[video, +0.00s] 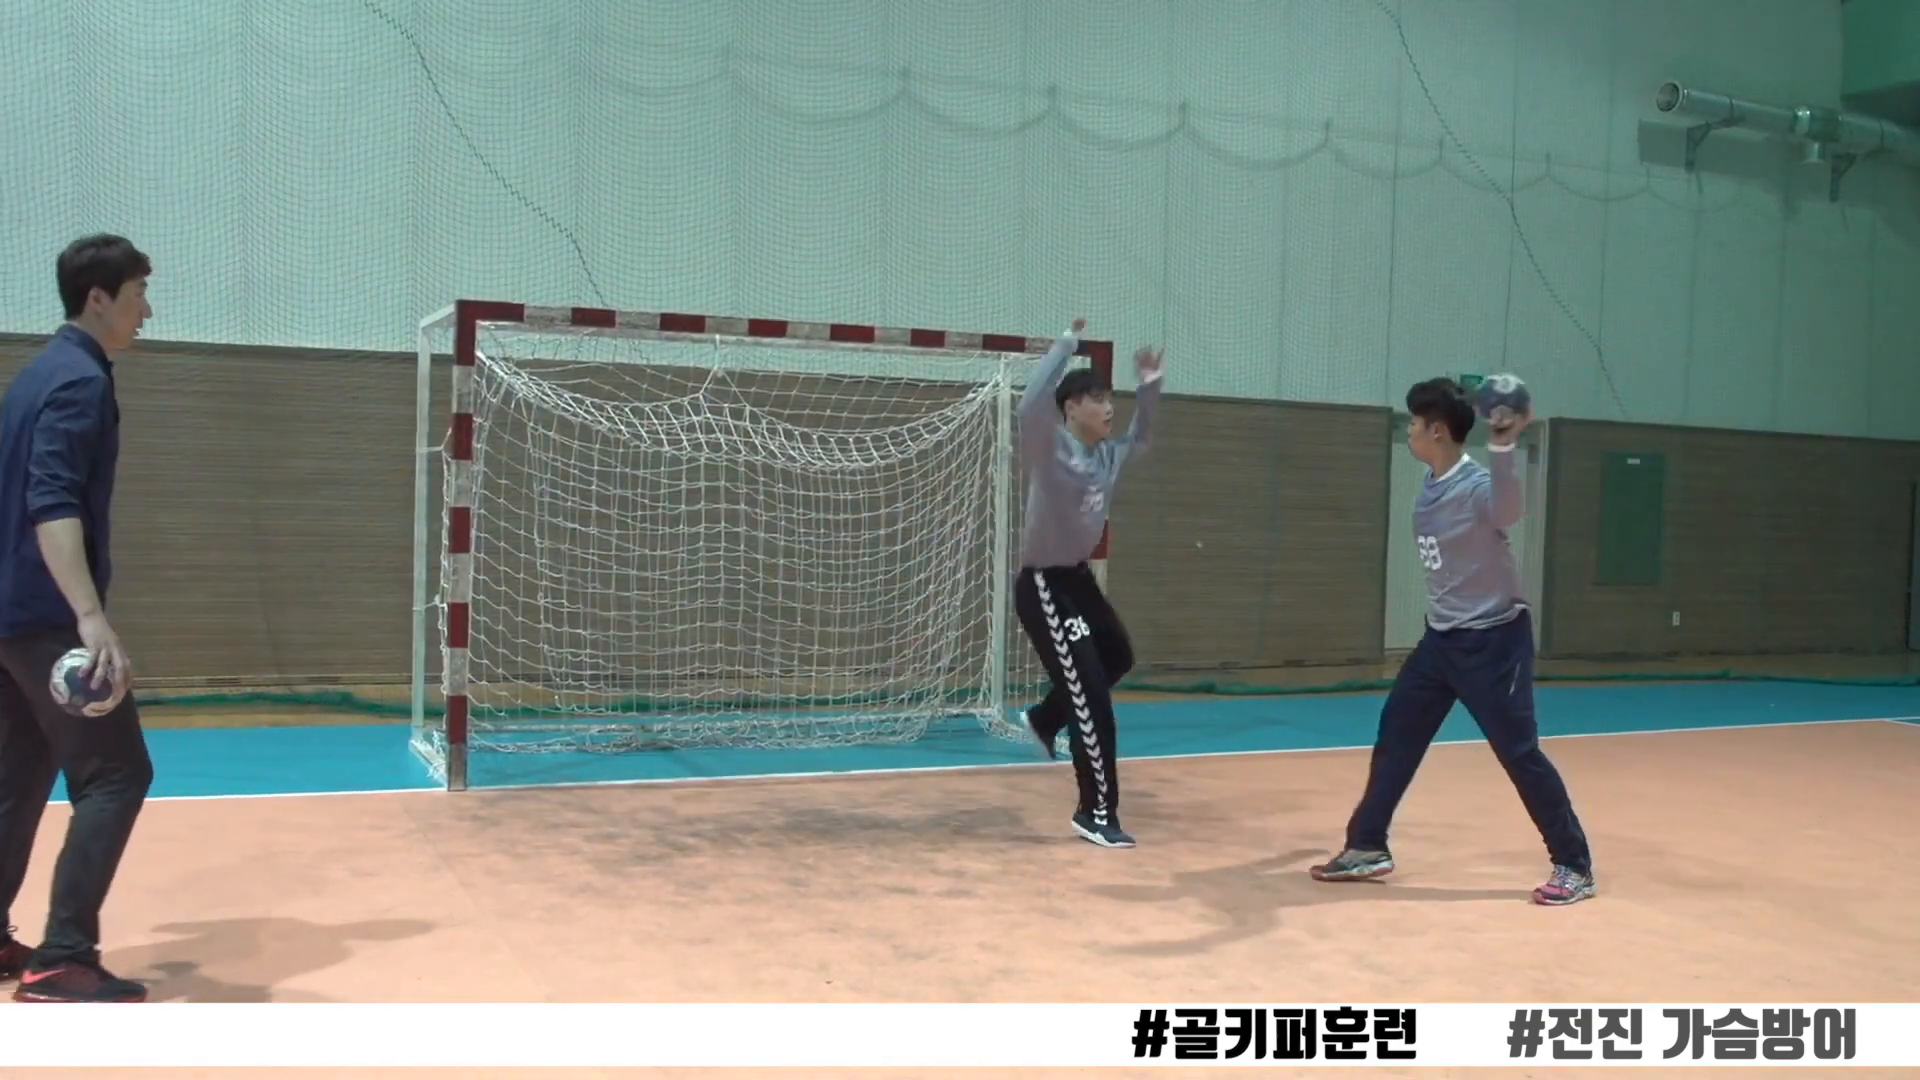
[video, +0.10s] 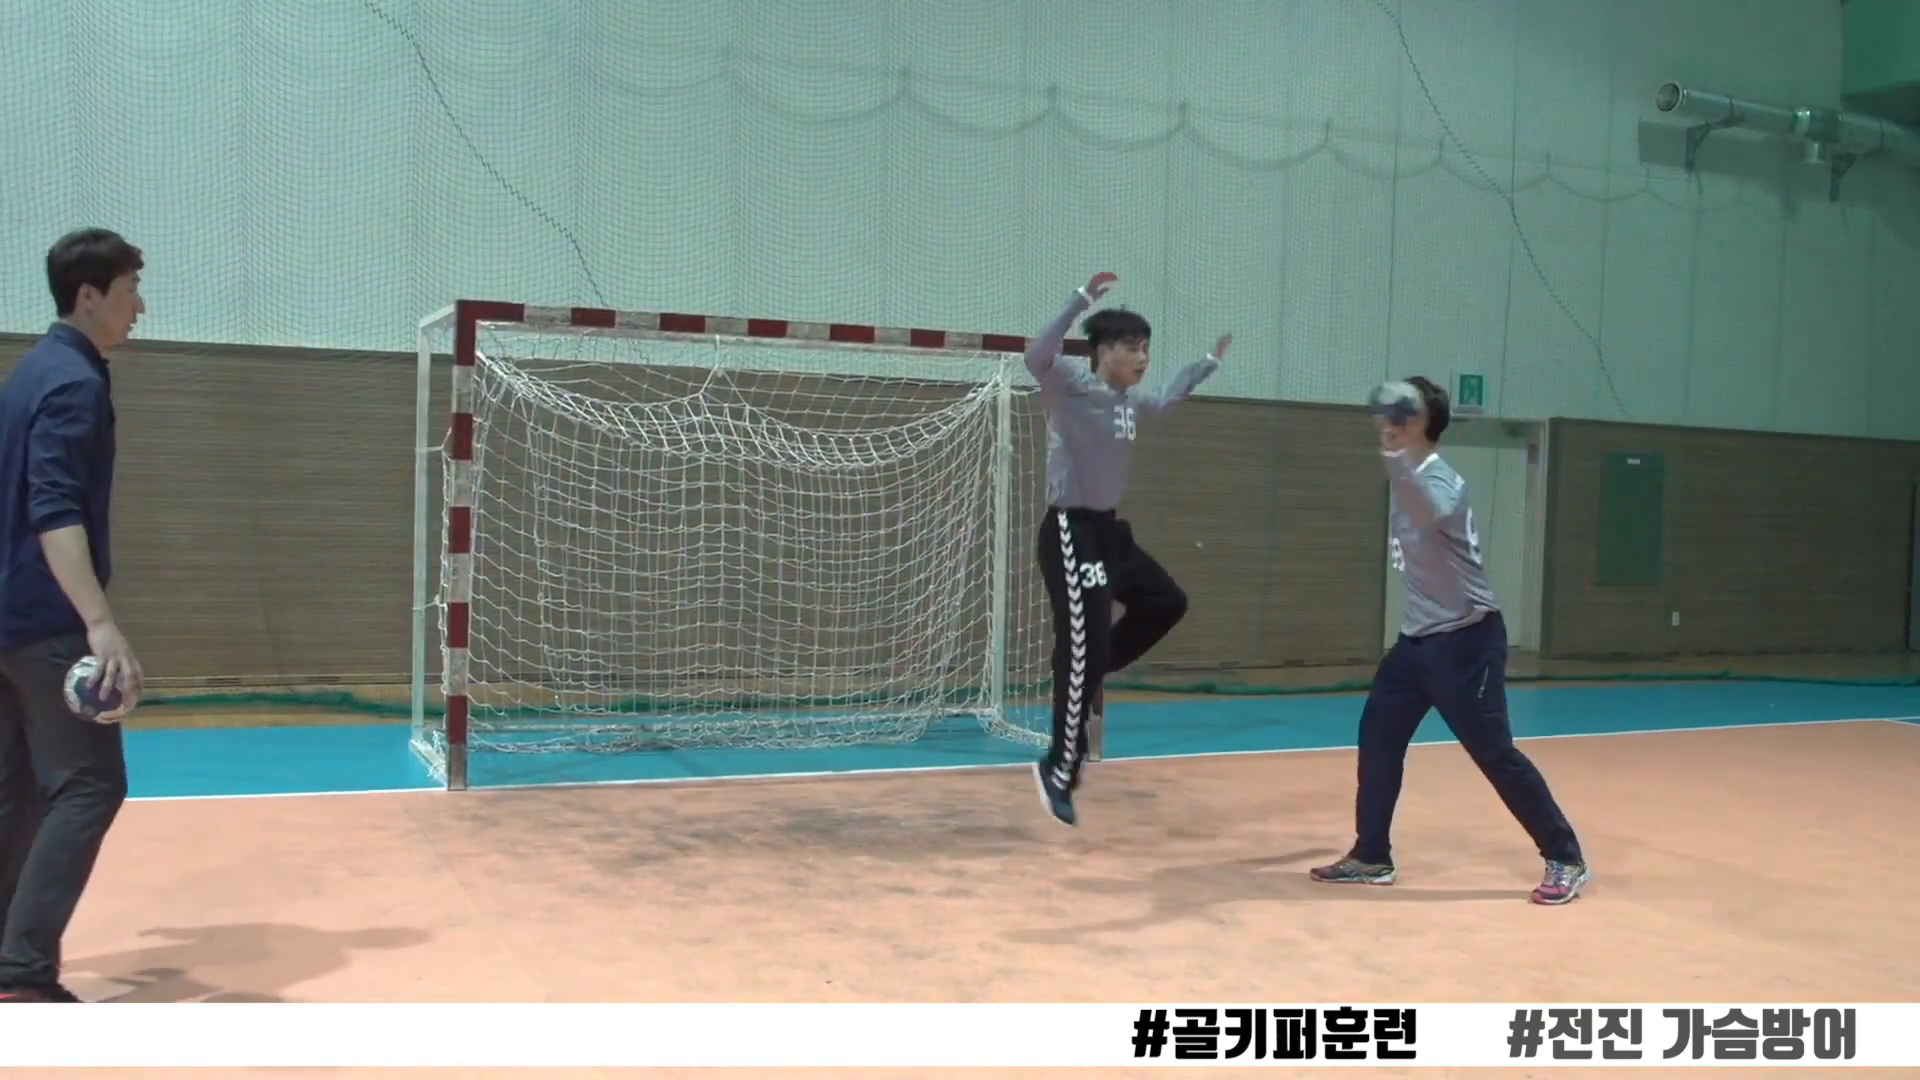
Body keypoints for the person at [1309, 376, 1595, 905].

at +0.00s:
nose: (1409, 434)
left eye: (1414, 426)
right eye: (1410, 425)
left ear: (1438, 433)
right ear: (1438, 431)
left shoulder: (1478, 484)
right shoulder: (1432, 486)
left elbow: (1509, 514)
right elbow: (1451, 554)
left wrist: (1503, 447)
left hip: (1494, 638)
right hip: (1441, 639)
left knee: (1520, 754)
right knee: (1397, 736)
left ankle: (1574, 867)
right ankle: (1367, 847)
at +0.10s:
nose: (1391, 424)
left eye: (1404, 415)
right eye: (1387, 415)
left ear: (1429, 424)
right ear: (1385, 423)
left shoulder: (1443, 477)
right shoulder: (1405, 475)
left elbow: (1428, 515)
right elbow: (1426, 549)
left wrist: (1397, 462)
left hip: (1467, 637)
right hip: (1418, 639)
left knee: (1494, 753)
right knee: (1379, 736)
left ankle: (1565, 858)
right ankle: (1371, 855)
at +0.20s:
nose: (1359, 418)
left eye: (1366, 409)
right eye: (1362, 409)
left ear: (1390, 415)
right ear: (1393, 416)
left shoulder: (1410, 470)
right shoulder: (1396, 468)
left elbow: (1341, 496)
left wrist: (1286, 446)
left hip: (1452, 625)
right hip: (1408, 629)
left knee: (1483, 742)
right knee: (1380, 734)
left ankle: (1561, 848)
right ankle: (1371, 855)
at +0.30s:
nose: (1346, 413)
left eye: (1354, 404)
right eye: (1349, 403)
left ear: (1380, 409)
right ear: (1383, 411)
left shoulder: (1380, 465)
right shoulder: (1404, 463)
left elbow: (1301, 483)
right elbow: (1449, 533)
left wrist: (1221, 455)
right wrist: (1476, 587)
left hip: (1436, 615)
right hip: (1403, 621)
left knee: (1473, 734)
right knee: (1383, 740)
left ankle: (1556, 840)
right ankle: (1371, 856)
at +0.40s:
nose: (1336, 410)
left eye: (1344, 400)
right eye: (1339, 400)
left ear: (1370, 406)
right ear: (1377, 409)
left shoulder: (1370, 463)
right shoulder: (1406, 464)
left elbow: (1305, 506)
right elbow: (1448, 532)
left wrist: (1234, 480)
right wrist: (1483, 584)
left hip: (1421, 612)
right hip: (1400, 616)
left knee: (1458, 731)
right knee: (1381, 737)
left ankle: (1543, 837)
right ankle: (1371, 856)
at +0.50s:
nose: (1333, 408)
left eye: (1342, 399)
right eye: (1335, 399)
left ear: (1370, 406)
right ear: (1373, 409)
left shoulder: (1373, 457)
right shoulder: (1403, 463)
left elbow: (1359, 520)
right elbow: (1446, 528)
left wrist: (1296, 520)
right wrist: (1486, 581)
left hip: (1419, 607)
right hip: (1392, 614)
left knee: (1437, 726)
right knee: (1379, 733)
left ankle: (1523, 840)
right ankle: (1370, 856)